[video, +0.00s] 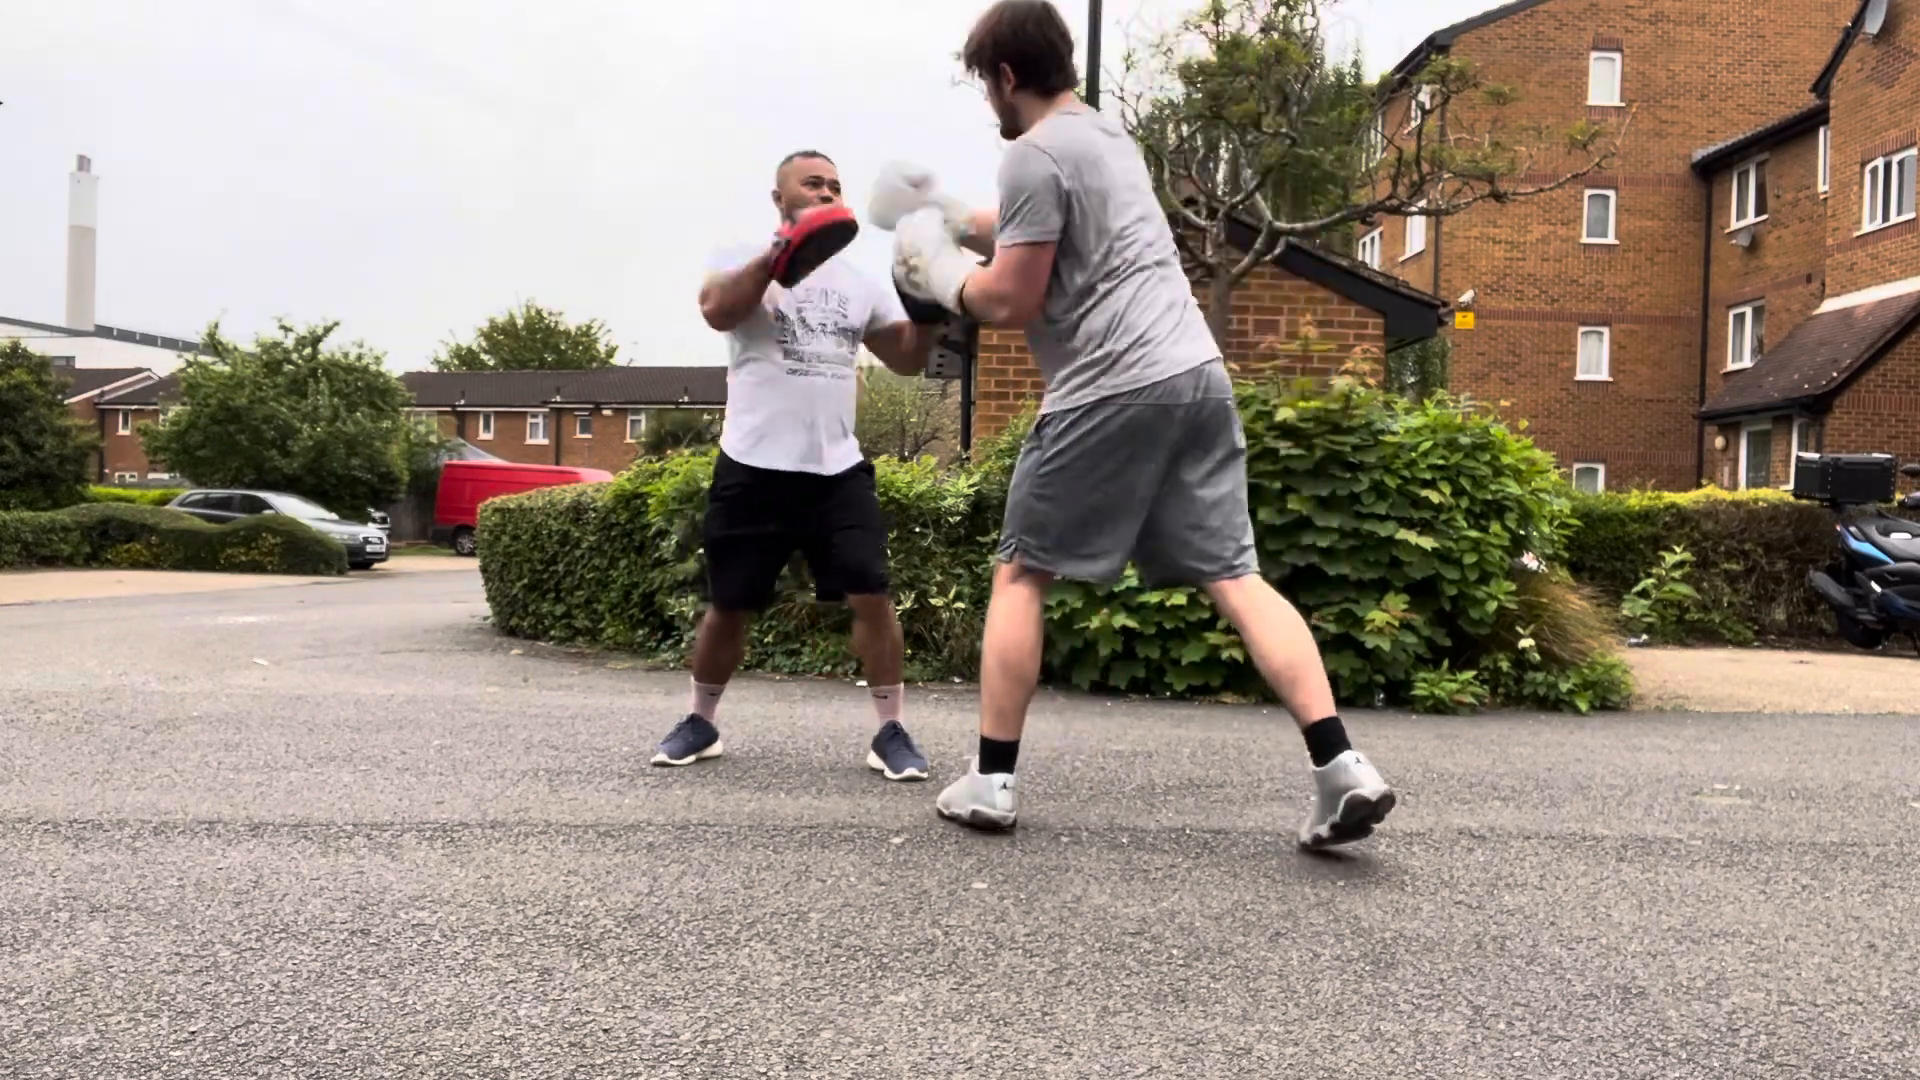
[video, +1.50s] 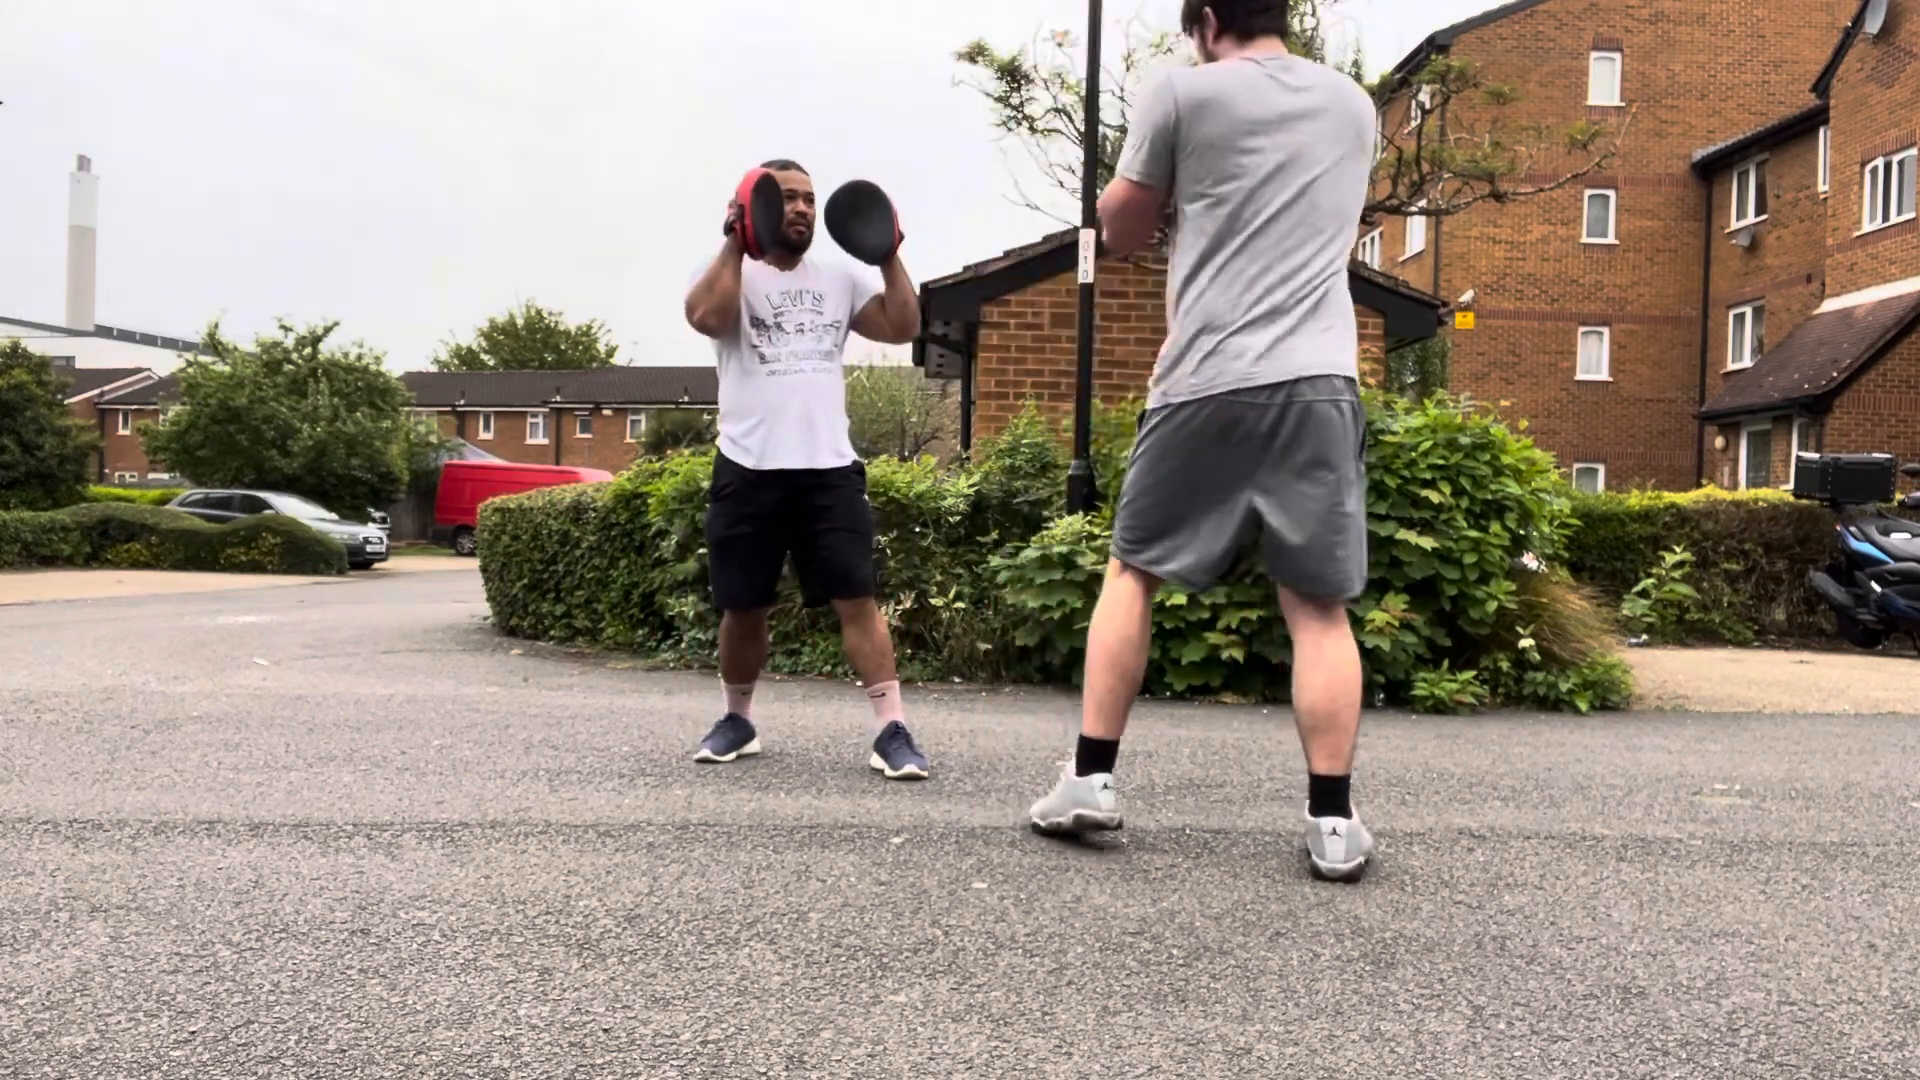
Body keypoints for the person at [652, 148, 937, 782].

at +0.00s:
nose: (828, 194)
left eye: (834, 187)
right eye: (813, 184)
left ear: (843, 201)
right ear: (778, 198)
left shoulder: (858, 278)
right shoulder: (743, 261)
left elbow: (907, 358)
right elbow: (719, 314)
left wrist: (926, 297)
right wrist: (780, 254)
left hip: (838, 464)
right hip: (753, 461)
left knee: (871, 592)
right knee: (727, 603)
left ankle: (890, 729)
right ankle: (700, 721)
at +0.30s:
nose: (882, 189)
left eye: (889, 181)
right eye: (867, 177)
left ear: (896, 196)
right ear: (830, 190)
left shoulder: (917, 259)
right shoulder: (797, 263)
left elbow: (997, 280)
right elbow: (743, 337)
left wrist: (1037, 230)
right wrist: (794, 282)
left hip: (877, 464)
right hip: (790, 460)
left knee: (893, 596)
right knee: (746, 592)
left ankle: (893, 730)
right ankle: (699, 709)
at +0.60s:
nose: (909, 209)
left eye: (917, 201)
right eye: (898, 198)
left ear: (921, 214)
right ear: (866, 202)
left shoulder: (915, 290)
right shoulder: (820, 255)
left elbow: (929, 383)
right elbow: (823, 276)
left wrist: (975, 351)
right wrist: (866, 203)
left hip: (880, 465)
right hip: (798, 453)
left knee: (893, 593)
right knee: (764, 597)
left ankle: (892, 730)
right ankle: (736, 712)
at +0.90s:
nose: (842, 203)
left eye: (852, 196)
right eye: (829, 191)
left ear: (861, 210)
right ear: (797, 200)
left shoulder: (885, 284)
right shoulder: (755, 277)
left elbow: (940, 347)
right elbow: (716, 367)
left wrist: (995, 348)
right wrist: (753, 310)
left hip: (851, 468)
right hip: (768, 466)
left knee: (874, 592)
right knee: (750, 599)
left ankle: (891, 730)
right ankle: (736, 719)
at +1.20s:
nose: (806, 205)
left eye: (814, 197)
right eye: (792, 195)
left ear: (824, 208)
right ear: (759, 205)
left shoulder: (853, 270)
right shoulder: (735, 275)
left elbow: (923, 321)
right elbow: (693, 360)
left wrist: (938, 287)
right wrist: (731, 297)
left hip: (834, 461)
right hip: (751, 465)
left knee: (862, 591)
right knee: (744, 599)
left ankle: (891, 729)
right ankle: (735, 720)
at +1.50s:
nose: (798, 209)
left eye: (806, 199)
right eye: (784, 199)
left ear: (817, 212)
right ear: (754, 209)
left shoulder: (839, 276)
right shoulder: (729, 274)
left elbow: (901, 326)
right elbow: (707, 317)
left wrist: (890, 255)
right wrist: (734, 241)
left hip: (829, 466)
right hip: (747, 467)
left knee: (857, 596)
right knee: (740, 603)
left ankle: (892, 728)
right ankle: (737, 720)